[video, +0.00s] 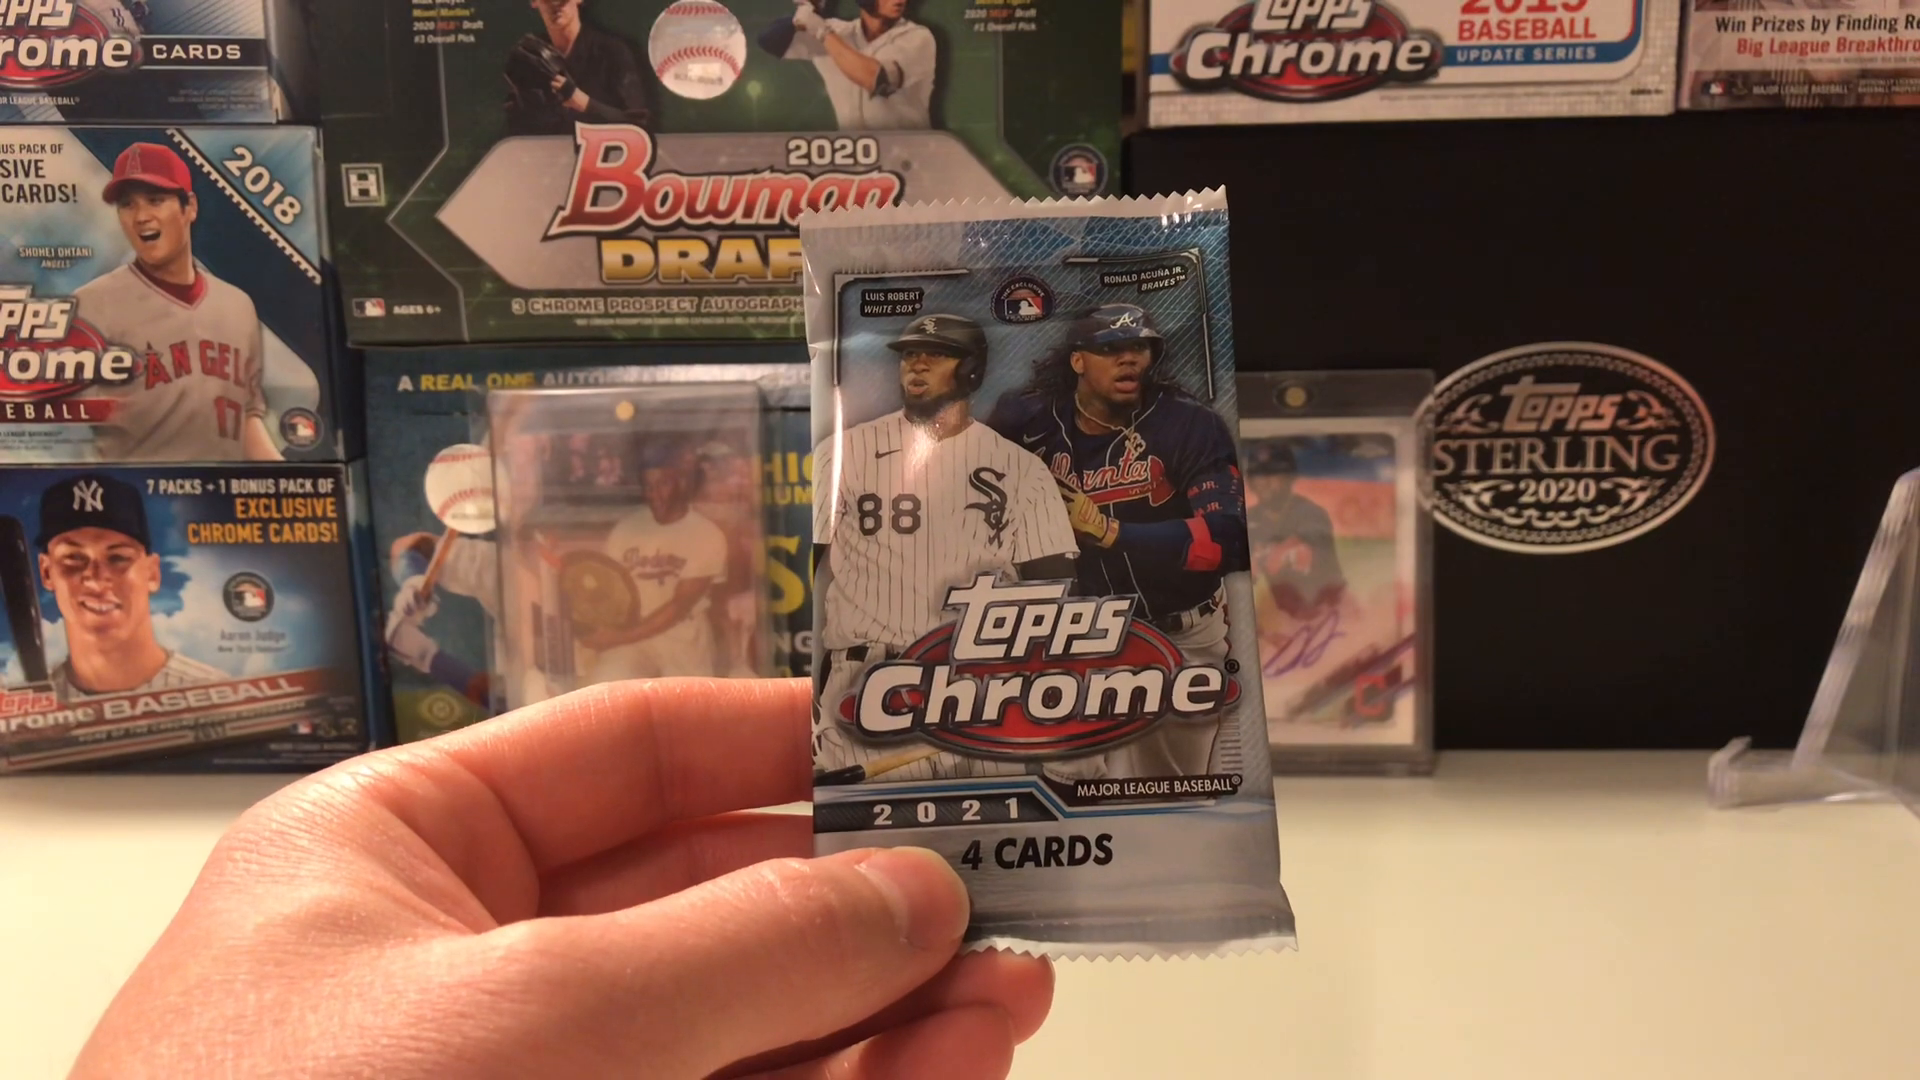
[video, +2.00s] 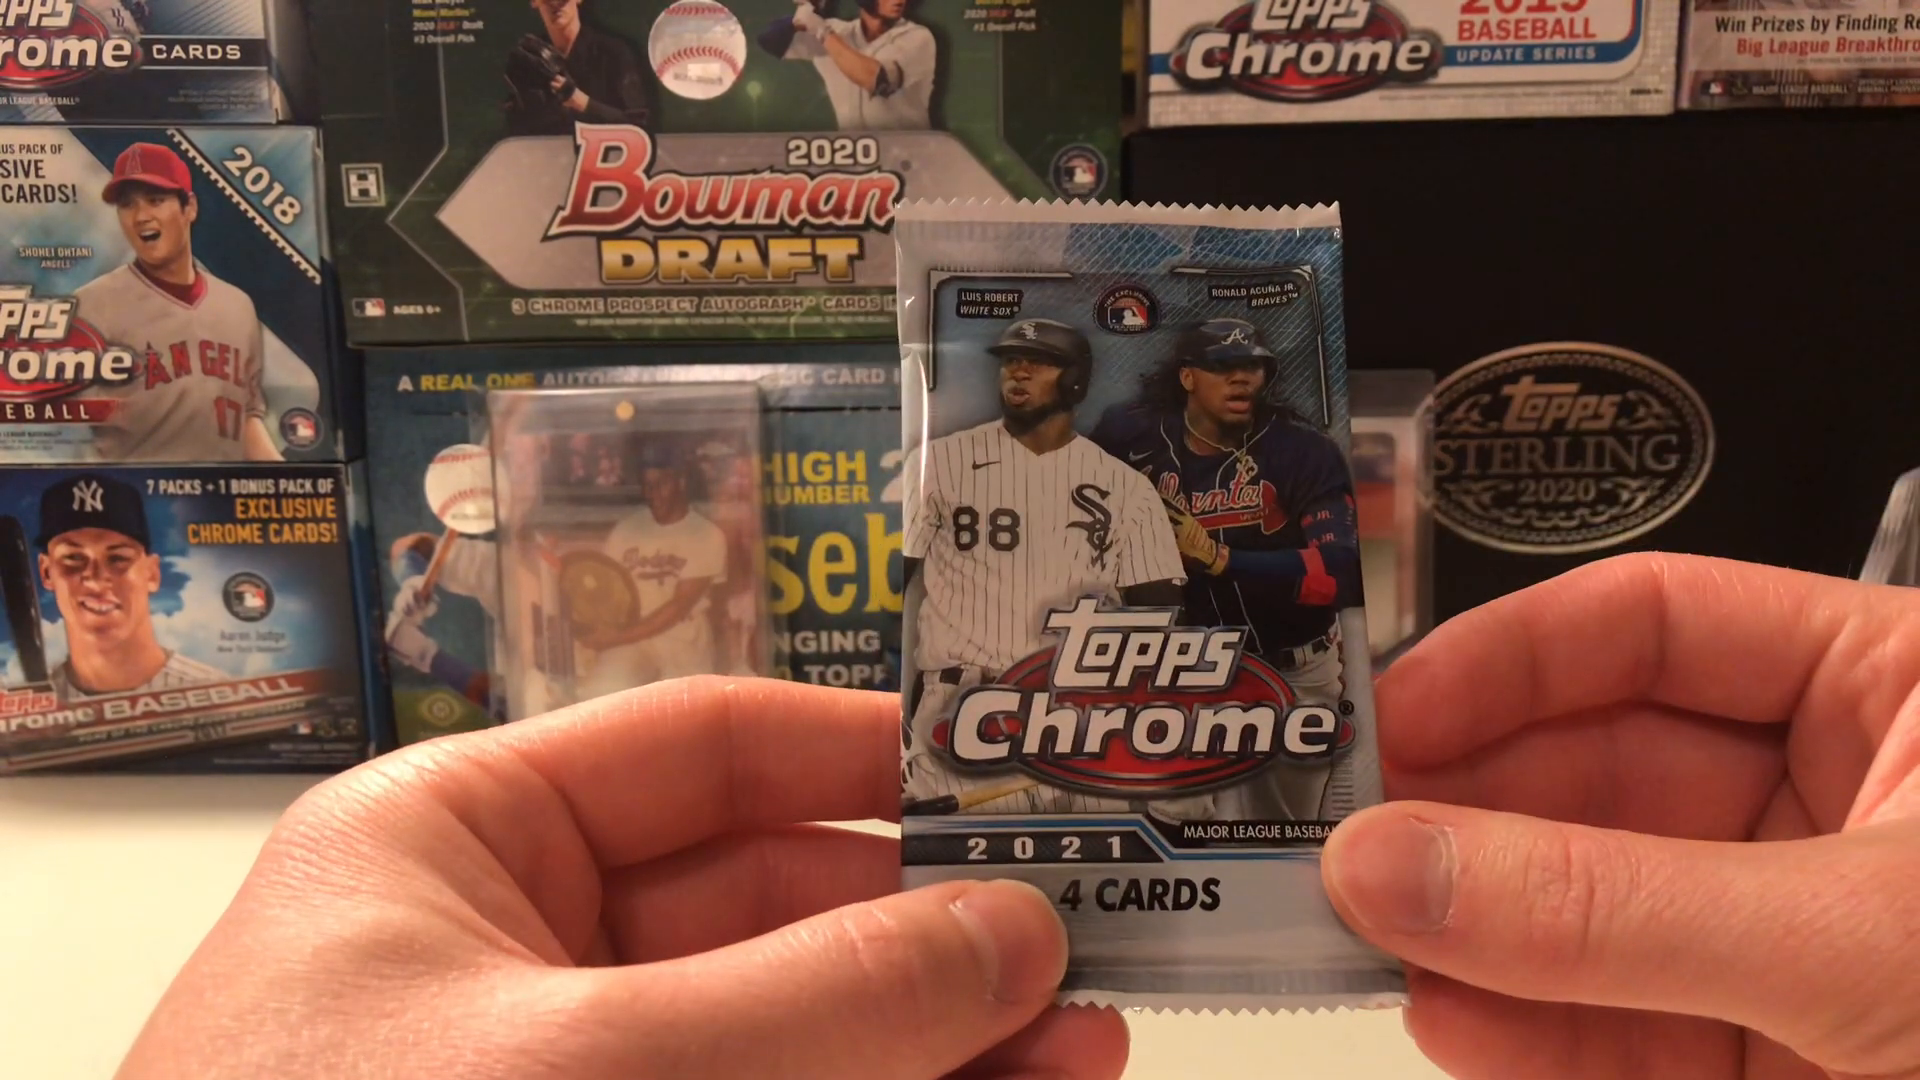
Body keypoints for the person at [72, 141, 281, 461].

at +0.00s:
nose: (142, 216)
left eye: (157, 200)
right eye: (128, 204)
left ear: (189, 209)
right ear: (118, 217)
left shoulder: (239, 306)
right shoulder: (91, 306)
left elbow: (247, 414)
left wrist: (283, 482)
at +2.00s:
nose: (142, 216)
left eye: (157, 200)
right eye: (128, 203)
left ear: (189, 209)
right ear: (118, 217)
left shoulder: (238, 306)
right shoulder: (91, 307)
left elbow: (248, 414)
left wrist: (283, 482)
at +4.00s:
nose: (142, 216)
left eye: (156, 200)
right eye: (129, 203)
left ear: (189, 209)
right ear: (118, 216)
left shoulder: (238, 306)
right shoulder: (91, 306)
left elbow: (248, 414)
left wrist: (282, 480)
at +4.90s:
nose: (144, 217)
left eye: (158, 201)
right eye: (129, 204)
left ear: (190, 210)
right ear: (119, 218)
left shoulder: (240, 307)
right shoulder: (92, 307)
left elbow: (249, 415)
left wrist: (283, 483)